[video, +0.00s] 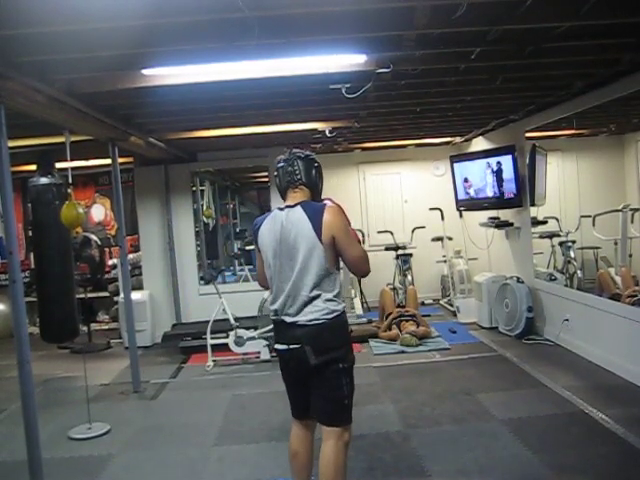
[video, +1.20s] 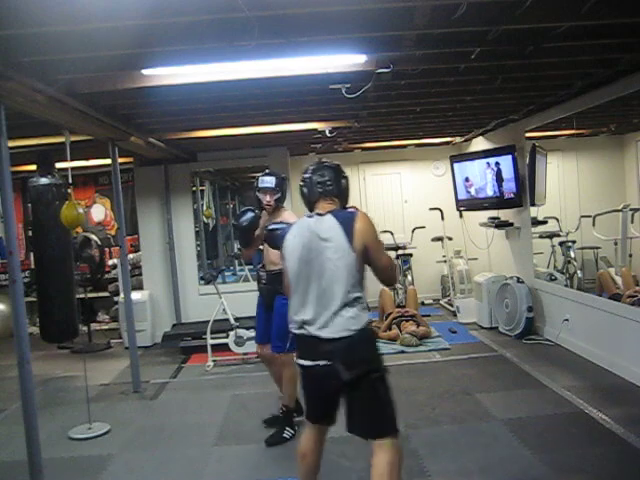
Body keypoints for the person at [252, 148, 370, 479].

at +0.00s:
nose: (319, 182)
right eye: (317, 177)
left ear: (279, 184)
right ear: (313, 179)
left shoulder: (264, 226)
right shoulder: (327, 213)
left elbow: (263, 280)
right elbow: (361, 268)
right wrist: (353, 241)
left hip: (285, 337)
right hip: (327, 336)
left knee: (301, 422)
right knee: (335, 430)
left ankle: (300, 476)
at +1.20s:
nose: (343, 192)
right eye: (343, 186)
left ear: (307, 193)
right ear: (342, 190)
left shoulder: (292, 234)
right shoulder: (356, 222)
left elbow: (290, 288)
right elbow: (389, 276)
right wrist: (367, 244)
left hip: (309, 351)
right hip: (354, 348)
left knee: (314, 426)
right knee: (384, 437)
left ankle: (305, 475)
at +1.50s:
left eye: (339, 179)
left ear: (340, 184)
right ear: (379, 176)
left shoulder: (329, 228)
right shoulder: (404, 210)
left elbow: (326, 288)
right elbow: (435, 263)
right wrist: (403, 234)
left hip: (355, 349)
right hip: (403, 346)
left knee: (361, 429)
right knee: (404, 448)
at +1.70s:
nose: (357, 186)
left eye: (357, 181)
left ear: (360, 186)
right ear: (398, 179)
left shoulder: (348, 226)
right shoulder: (428, 215)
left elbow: (337, 286)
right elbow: (448, 272)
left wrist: (343, 238)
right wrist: (419, 242)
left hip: (373, 353)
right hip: (423, 350)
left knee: (383, 433)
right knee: (450, 441)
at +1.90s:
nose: (376, 186)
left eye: (376, 180)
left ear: (383, 183)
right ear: (419, 178)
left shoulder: (376, 221)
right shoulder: (458, 210)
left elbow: (366, 284)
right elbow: (470, 273)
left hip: (406, 349)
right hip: (460, 344)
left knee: (399, 435)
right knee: (495, 434)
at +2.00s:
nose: (393, 185)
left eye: (394, 179)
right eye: (393, 179)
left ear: (400, 183)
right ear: (436, 177)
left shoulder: (399, 225)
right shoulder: (476, 213)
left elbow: (384, 286)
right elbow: (490, 269)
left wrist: (387, 254)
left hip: (432, 351)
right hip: (486, 345)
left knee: (412, 438)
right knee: (517, 438)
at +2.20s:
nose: (440, 192)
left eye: (440, 185)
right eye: (438, 185)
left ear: (451, 183)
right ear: (483, 177)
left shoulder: (450, 230)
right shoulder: (526, 214)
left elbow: (428, 294)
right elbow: (528, 266)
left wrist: (418, 257)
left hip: (480, 357)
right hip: (537, 351)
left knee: (454, 440)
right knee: (553, 444)